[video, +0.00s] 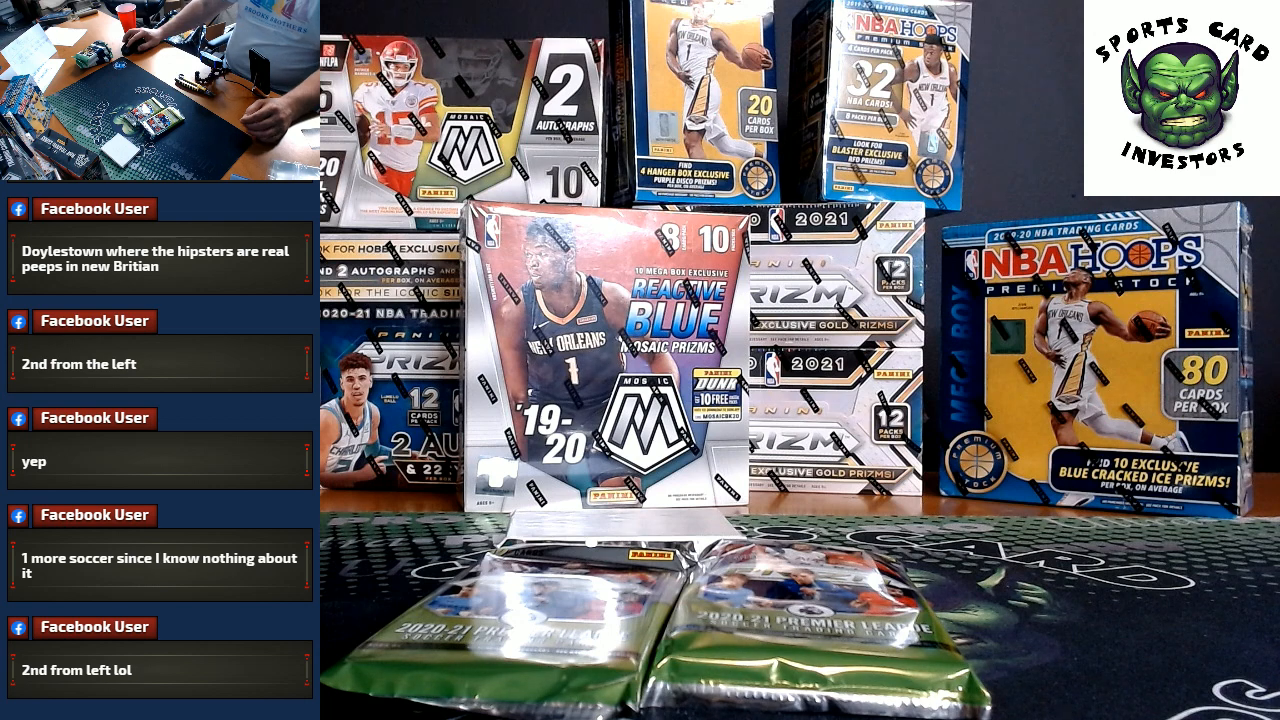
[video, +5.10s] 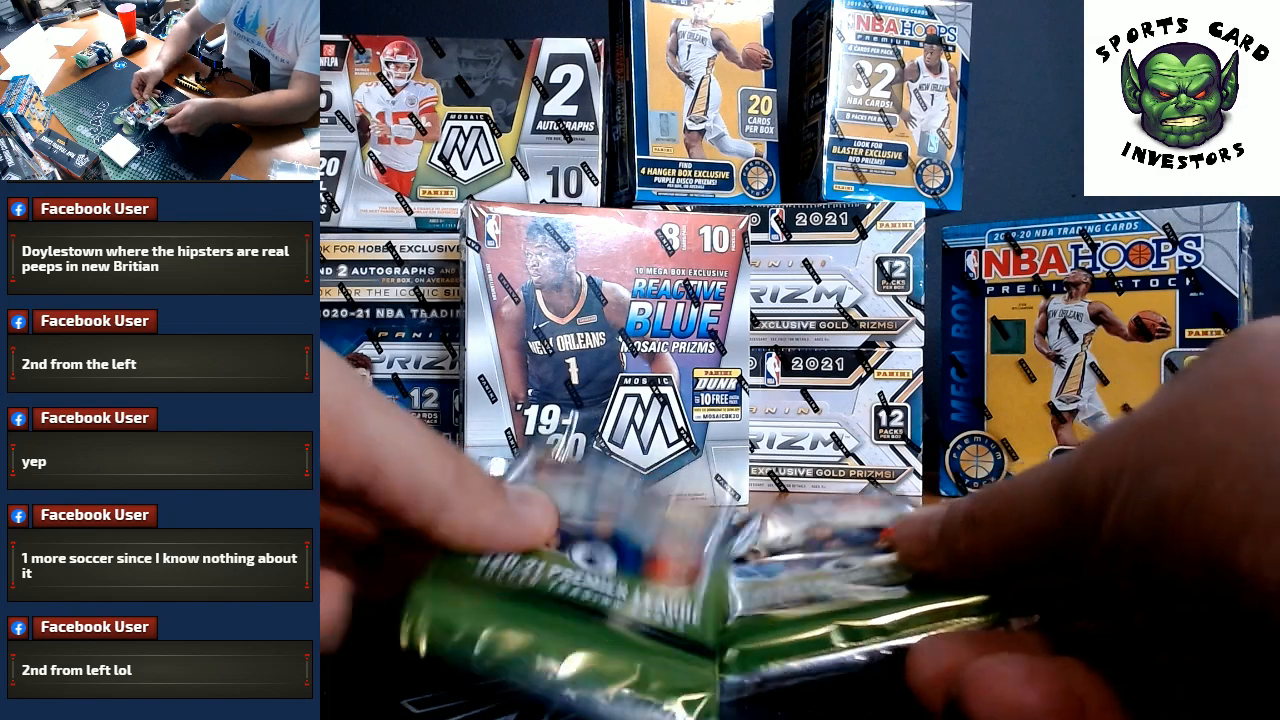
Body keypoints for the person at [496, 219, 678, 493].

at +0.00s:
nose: (533, 263)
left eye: (542, 254)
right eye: (529, 255)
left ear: (569, 256)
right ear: (525, 259)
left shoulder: (611, 299)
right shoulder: (514, 312)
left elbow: (658, 357)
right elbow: (518, 399)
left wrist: (664, 414)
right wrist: (524, 460)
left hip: (610, 418)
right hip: (549, 422)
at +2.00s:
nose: (532, 263)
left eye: (542, 254)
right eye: (529, 255)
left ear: (570, 255)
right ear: (524, 258)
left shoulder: (611, 299)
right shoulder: (513, 312)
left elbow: (658, 357)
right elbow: (518, 399)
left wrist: (663, 414)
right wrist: (524, 460)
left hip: (610, 423)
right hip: (549, 427)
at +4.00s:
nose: (533, 264)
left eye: (542, 254)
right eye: (529, 255)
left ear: (569, 255)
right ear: (525, 258)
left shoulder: (611, 299)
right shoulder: (514, 313)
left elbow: (658, 357)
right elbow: (517, 400)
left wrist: (664, 414)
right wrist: (522, 462)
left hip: (610, 424)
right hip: (549, 428)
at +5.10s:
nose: (532, 262)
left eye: (543, 253)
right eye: (529, 254)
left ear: (569, 255)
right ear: (524, 257)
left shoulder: (612, 299)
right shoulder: (514, 312)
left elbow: (658, 358)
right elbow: (517, 395)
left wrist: (663, 418)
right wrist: (524, 454)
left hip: (609, 427)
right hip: (547, 431)